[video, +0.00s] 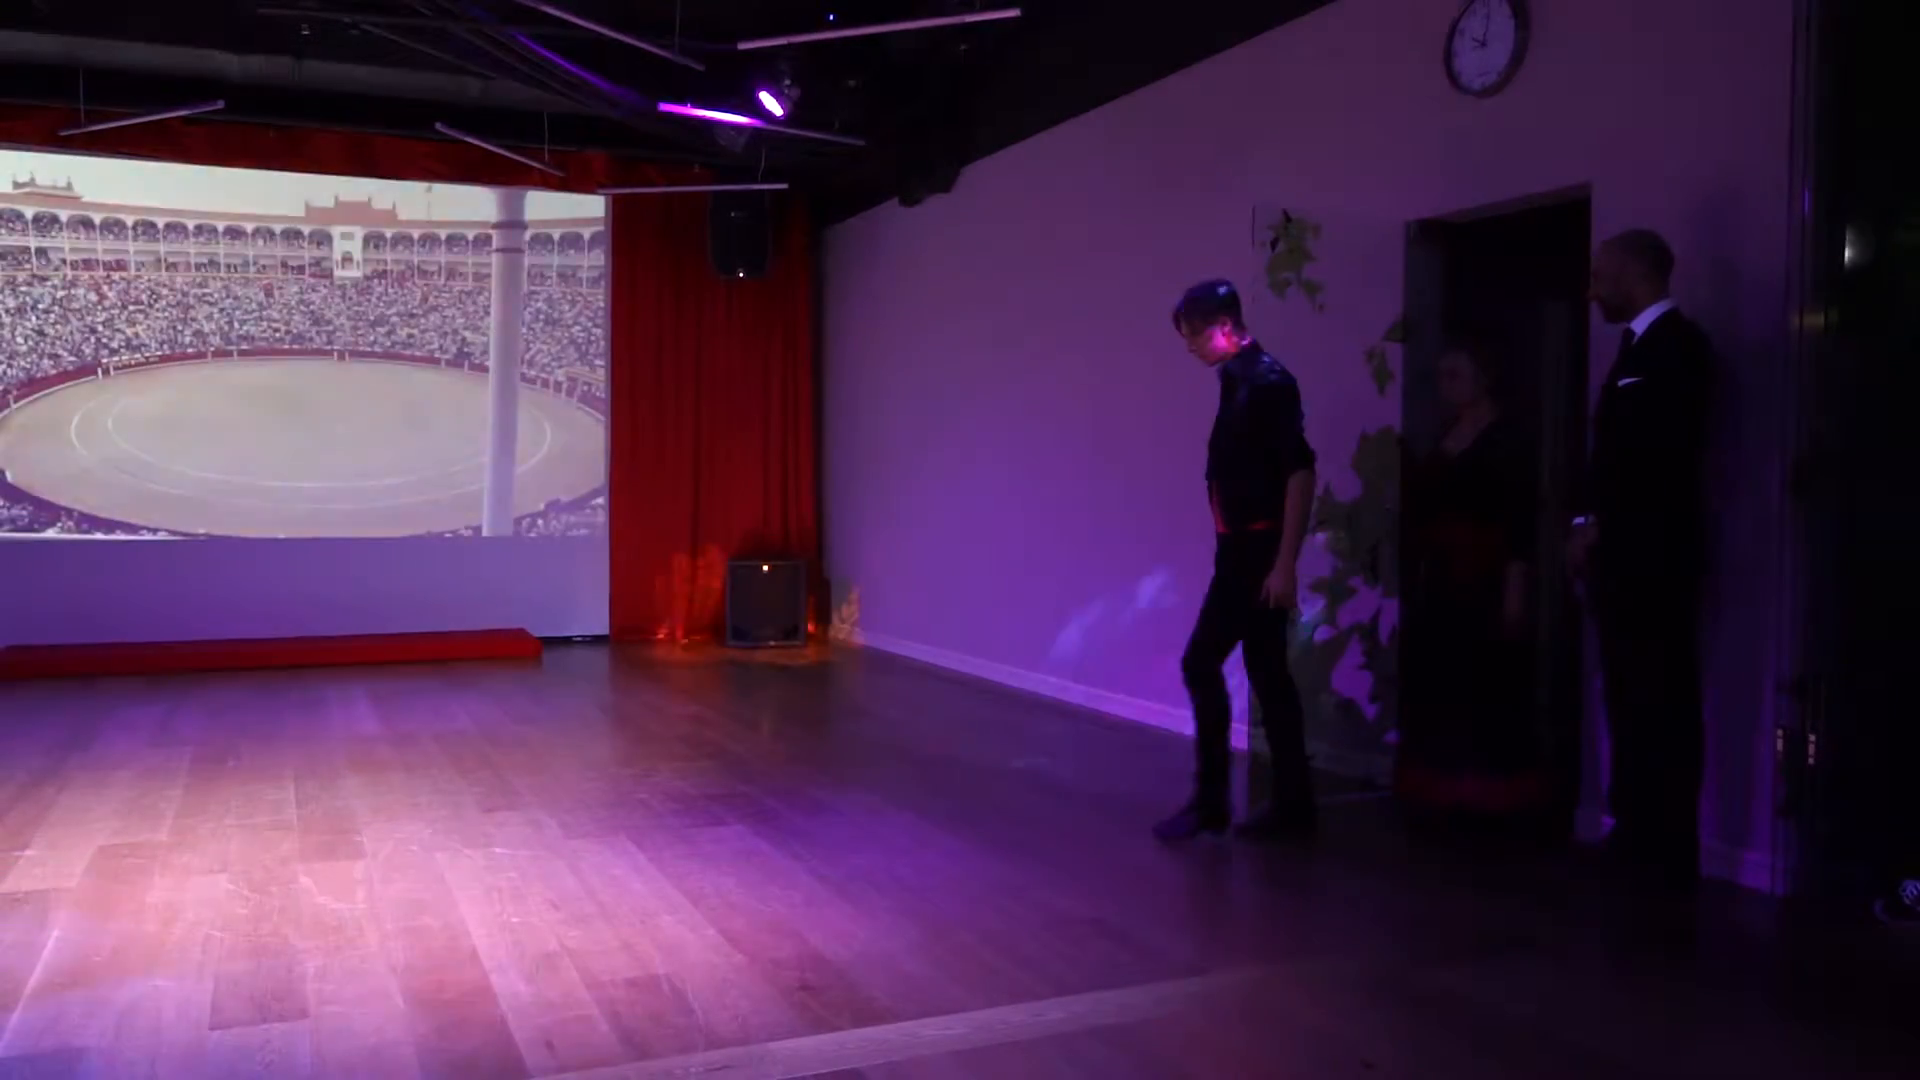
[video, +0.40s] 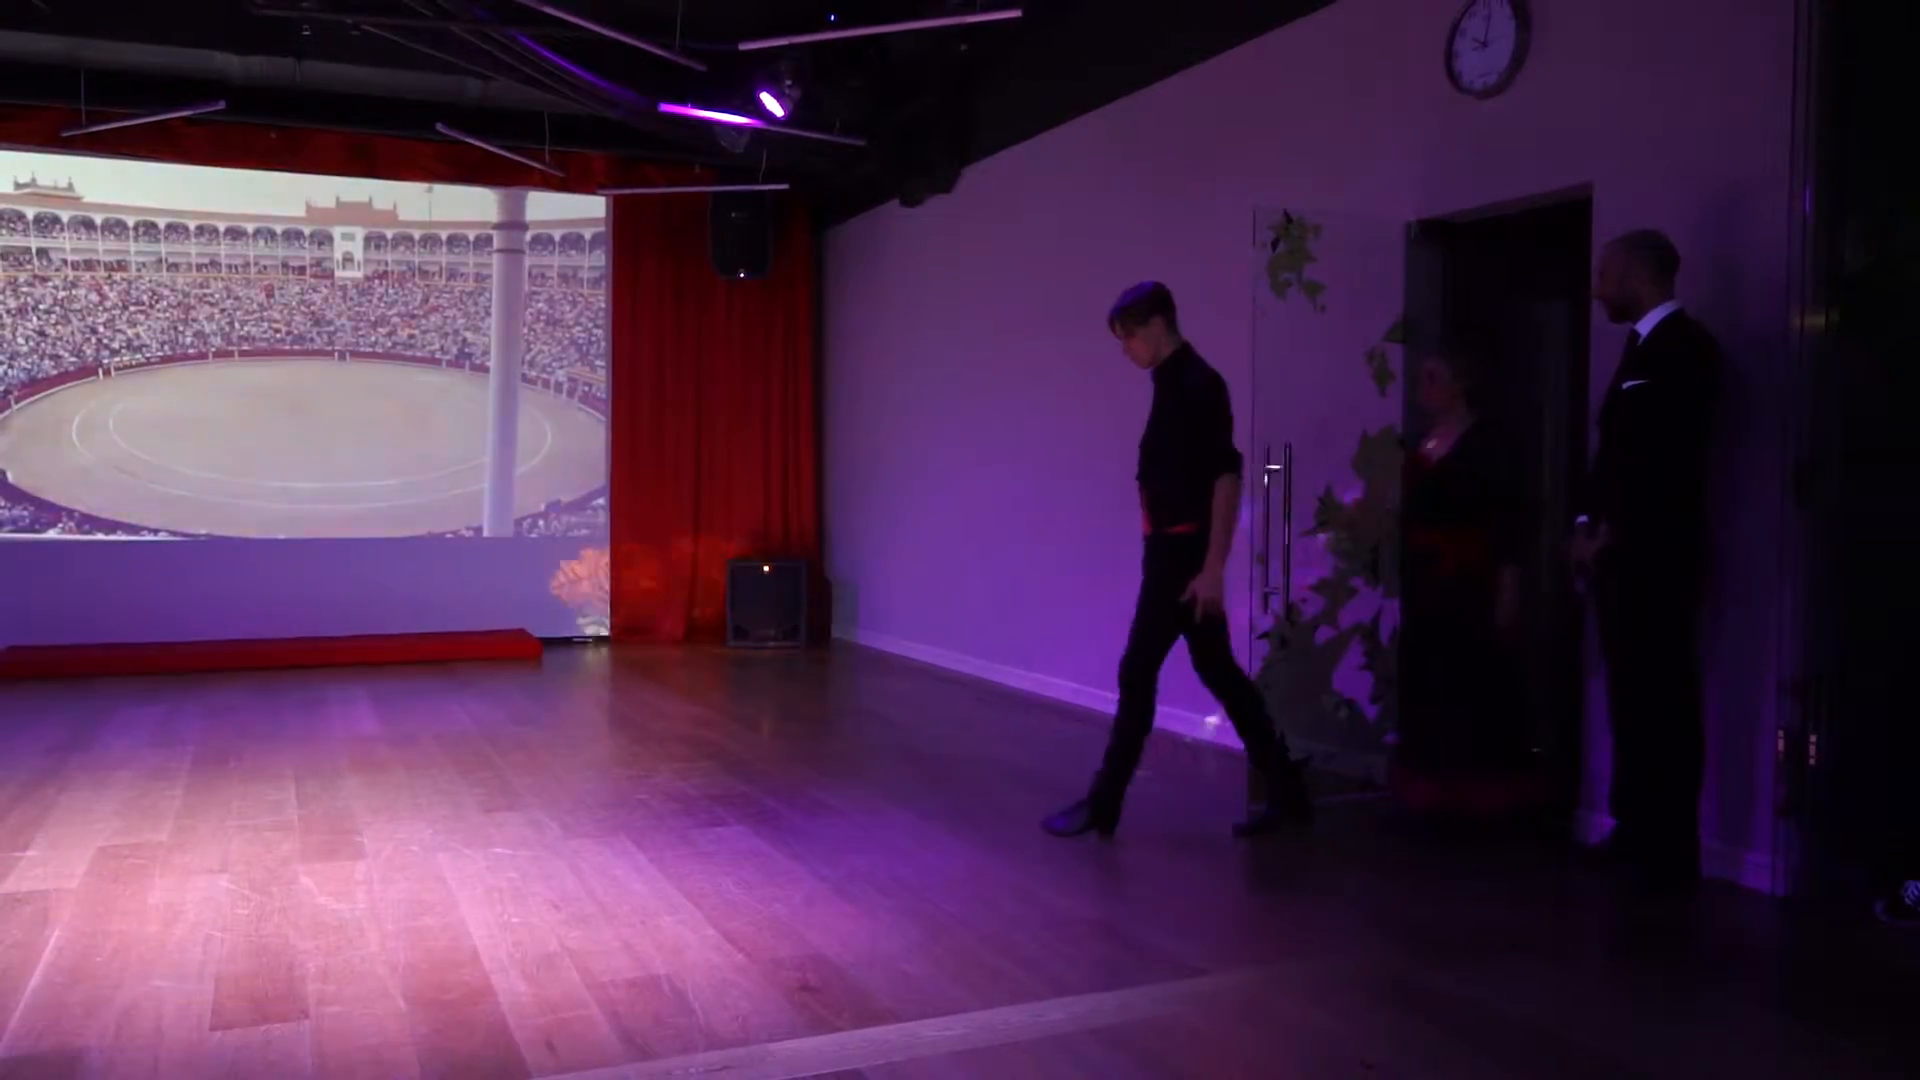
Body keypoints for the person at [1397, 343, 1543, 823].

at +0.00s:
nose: (1447, 385)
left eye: (1456, 376)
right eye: (1443, 376)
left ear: (1482, 379)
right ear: (1440, 380)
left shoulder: (1505, 437)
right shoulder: (1441, 438)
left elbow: (1515, 516)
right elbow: (1424, 512)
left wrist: (1513, 586)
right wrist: (1414, 572)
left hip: (1487, 587)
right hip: (1438, 584)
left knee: (1485, 694)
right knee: (1439, 691)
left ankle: (1488, 798)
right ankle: (1437, 795)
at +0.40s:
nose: (1427, 391)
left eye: (1436, 381)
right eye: (1425, 381)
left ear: (1460, 385)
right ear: (1426, 388)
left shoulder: (1486, 444)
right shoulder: (1423, 446)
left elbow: (1499, 518)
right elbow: (1414, 519)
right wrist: (1410, 581)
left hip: (1473, 590)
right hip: (1426, 589)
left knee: (1472, 693)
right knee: (1426, 690)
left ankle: (1477, 793)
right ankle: (1425, 791)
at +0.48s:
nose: (1418, 397)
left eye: (1427, 385)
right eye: (1414, 386)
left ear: (1452, 391)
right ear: (1410, 392)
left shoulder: (1474, 444)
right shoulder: (1416, 445)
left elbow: (1485, 519)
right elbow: (1405, 513)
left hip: (1461, 585)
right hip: (1418, 584)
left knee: (1457, 690)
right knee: (1419, 690)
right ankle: (1415, 788)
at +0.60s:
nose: (1393, 389)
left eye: (1403, 379)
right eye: (1392, 379)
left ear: (1433, 384)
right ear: (1398, 385)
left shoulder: (1456, 445)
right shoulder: (1402, 447)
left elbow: (1470, 523)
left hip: (1440, 586)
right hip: (1401, 583)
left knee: (1425, 693)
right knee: (1401, 692)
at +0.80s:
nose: (1361, 385)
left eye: (1371, 376)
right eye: (1362, 375)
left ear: (1401, 382)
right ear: (1384, 383)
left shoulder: (1424, 445)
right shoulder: (1372, 445)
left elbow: (1426, 519)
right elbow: (1353, 509)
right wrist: (1347, 487)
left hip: (1404, 581)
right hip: (1365, 577)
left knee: (1392, 688)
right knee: (1367, 688)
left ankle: (1392, 801)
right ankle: (1365, 800)